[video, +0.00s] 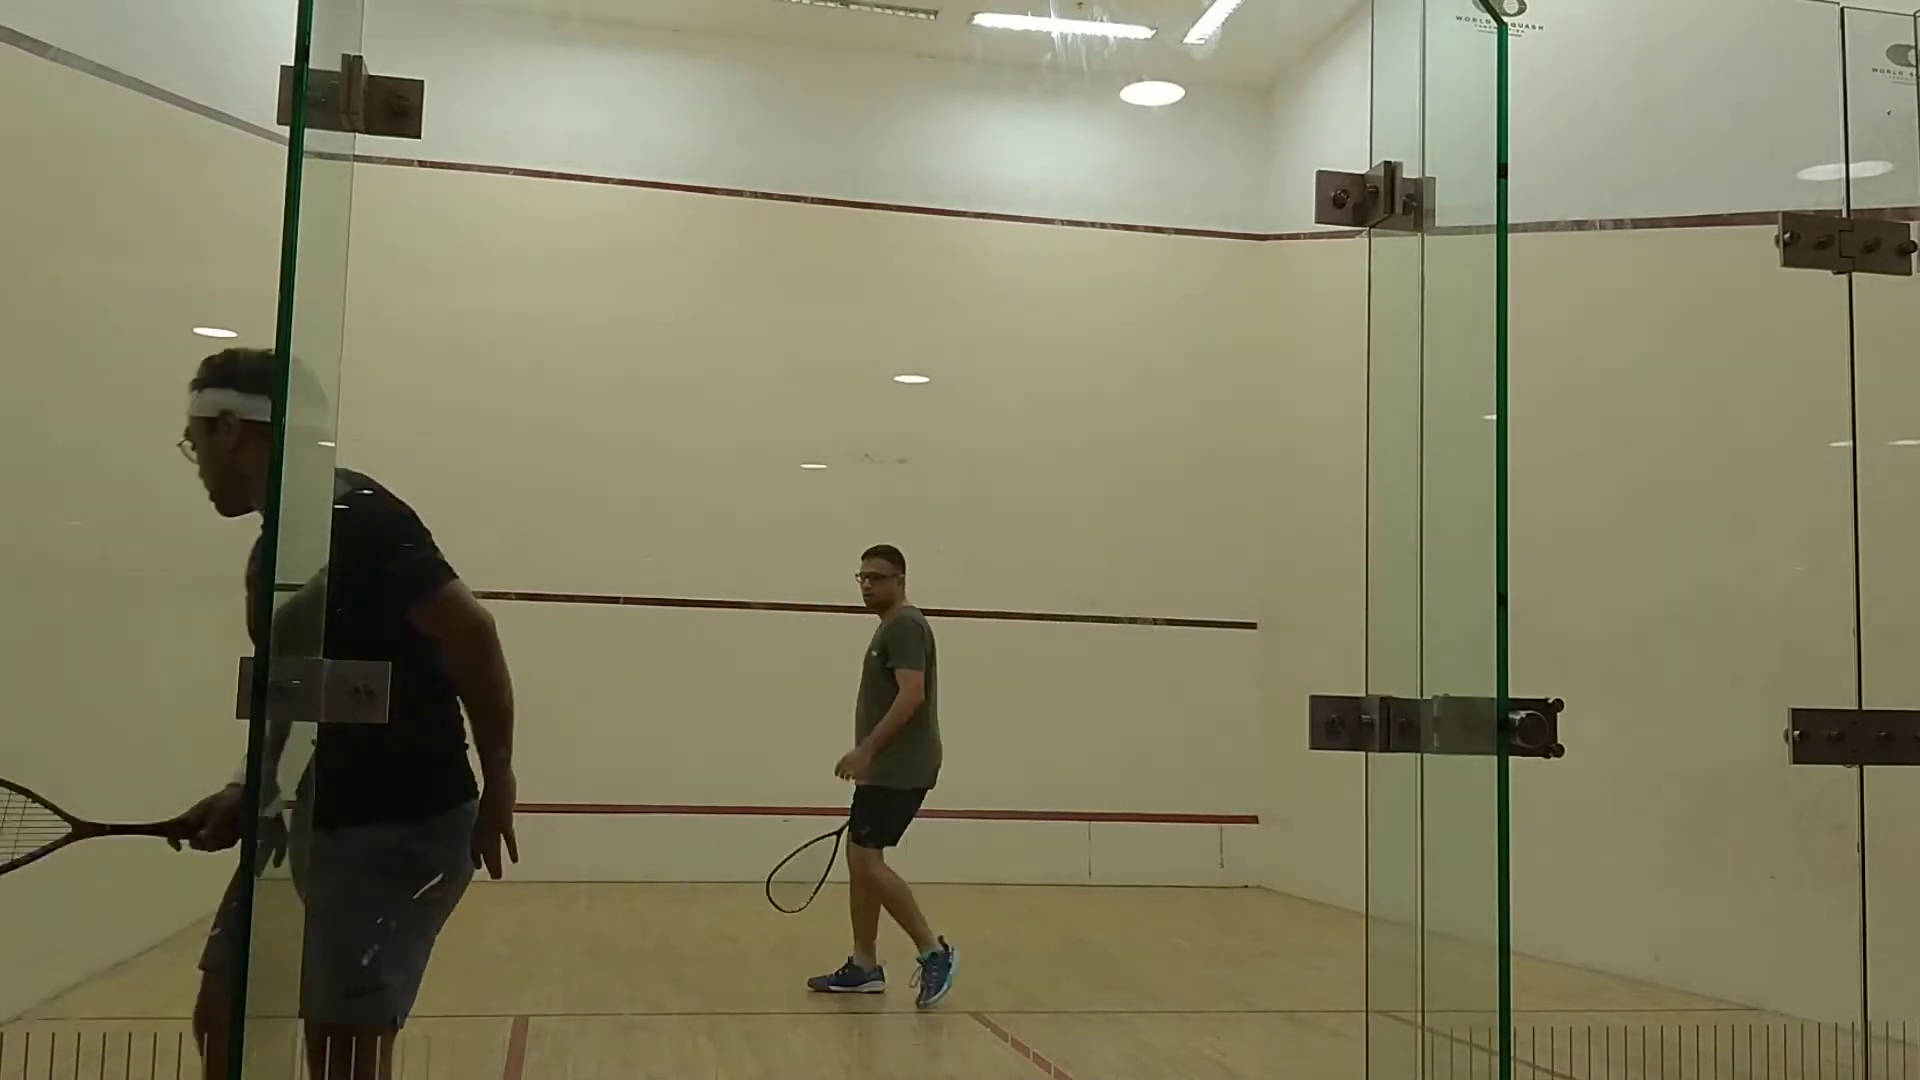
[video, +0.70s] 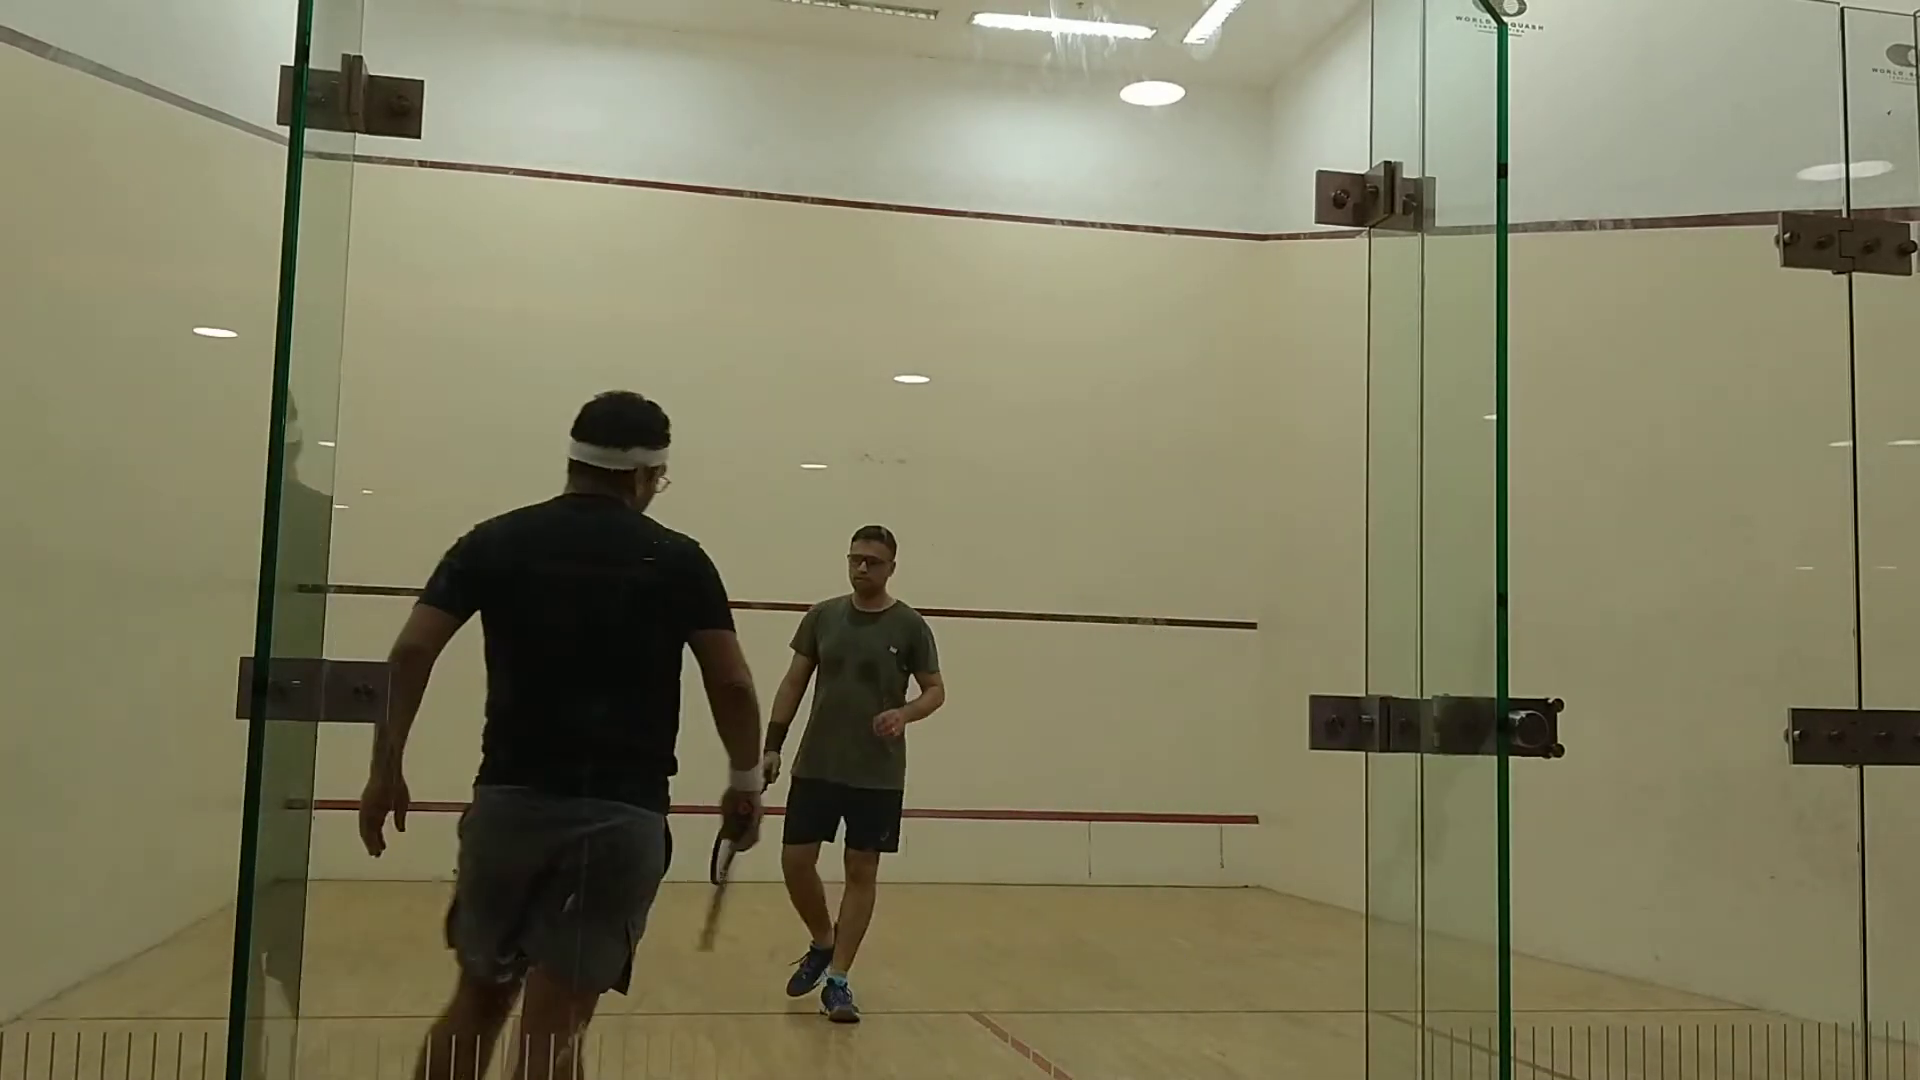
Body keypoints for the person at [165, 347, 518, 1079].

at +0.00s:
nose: (193, 463)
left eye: (198, 439)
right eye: (191, 443)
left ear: (243, 433)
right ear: (247, 436)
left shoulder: (361, 515)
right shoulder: (274, 550)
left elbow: (471, 633)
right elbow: (298, 697)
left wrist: (498, 784)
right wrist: (243, 792)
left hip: (401, 821)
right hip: (324, 808)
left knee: (344, 1044)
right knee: (221, 1014)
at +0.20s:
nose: (292, 445)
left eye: (301, 425)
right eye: (295, 425)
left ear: (331, 422)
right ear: (387, 425)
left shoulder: (389, 501)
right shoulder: (378, 505)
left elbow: (467, 626)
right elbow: (434, 653)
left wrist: (477, 772)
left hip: (403, 827)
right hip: (379, 823)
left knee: (359, 1030)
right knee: (367, 1027)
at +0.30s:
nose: (354, 449)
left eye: (359, 433)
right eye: (357, 434)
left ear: (373, 433)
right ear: (445, 449)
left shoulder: (395, 512)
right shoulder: (473, 526)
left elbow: (456, 637)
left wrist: (449, 776)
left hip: (411, 824)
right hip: (487, 816)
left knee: (355, 1037)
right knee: (438, 1031)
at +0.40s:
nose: (421, 453)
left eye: (423, 443)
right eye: (431, 445)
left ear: (428, 446)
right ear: (511, 466)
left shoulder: (413, 529)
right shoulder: (555, 556)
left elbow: (430, 649)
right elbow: (574, 697)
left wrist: (410, 791)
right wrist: (523, 777)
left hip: (440, 829)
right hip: (540, 833)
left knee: (355, 1035)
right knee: (489, 1019)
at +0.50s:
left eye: (486, 448)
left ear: (485, 451)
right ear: (566, 469)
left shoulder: (430, 538)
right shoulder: (611, 561)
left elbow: (403, 655)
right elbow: (646, 695)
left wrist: (377, 793)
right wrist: (595, 789)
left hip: (463, 831)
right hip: (579, 838)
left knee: (361, 1021)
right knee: (516, 1025)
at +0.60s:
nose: (615, 479)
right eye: (617, 468)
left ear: (531, 454)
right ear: (611, 472)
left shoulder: (459, 535)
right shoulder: (650, 555)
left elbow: (396, 655)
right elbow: (696, 681)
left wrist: (369, 780)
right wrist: (686, 777)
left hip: (486, 814)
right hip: (606, 824)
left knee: (405, 1014)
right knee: (543, 1023)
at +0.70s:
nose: (660, 486)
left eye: (660, 473)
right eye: (658, 473)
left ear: (574, 462)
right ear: (645, 474)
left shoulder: (494, 541)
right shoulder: (678, 561)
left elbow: (412, 651)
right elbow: (731, 684)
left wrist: (386, 766)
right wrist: (745, 780)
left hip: (509, 813)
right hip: (624, 824)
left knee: (479, 994)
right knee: (554, 1025)